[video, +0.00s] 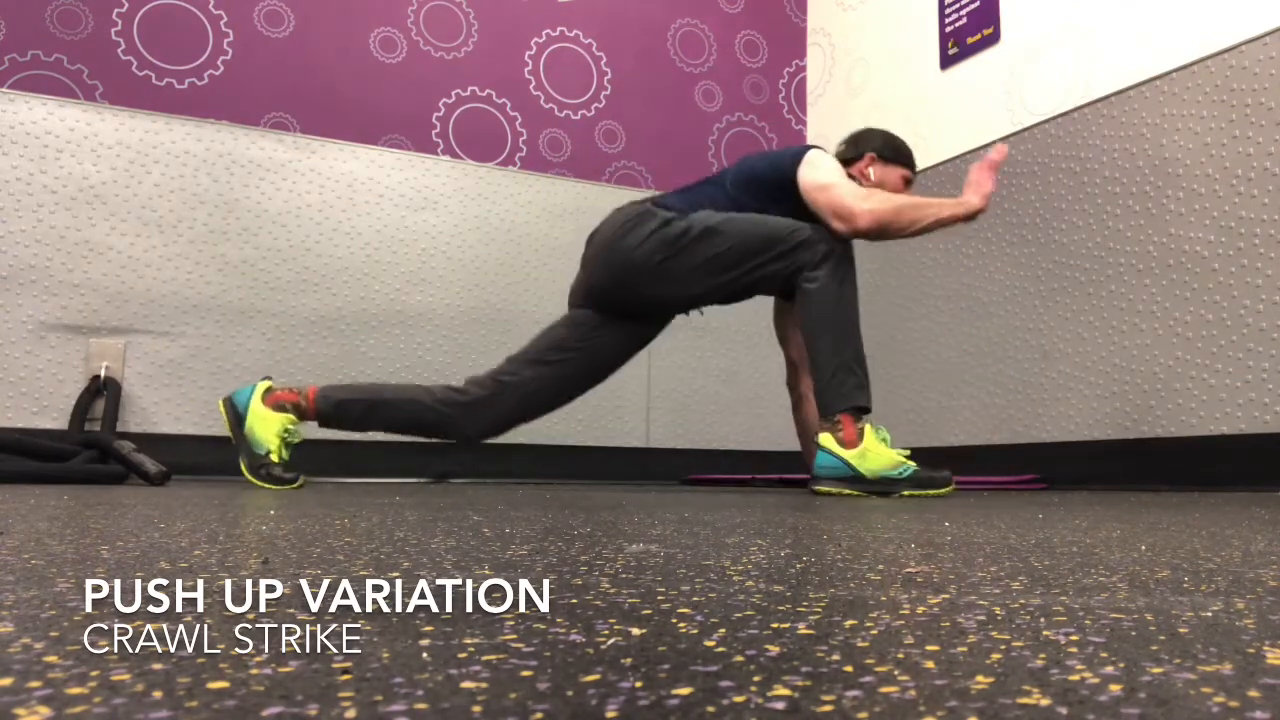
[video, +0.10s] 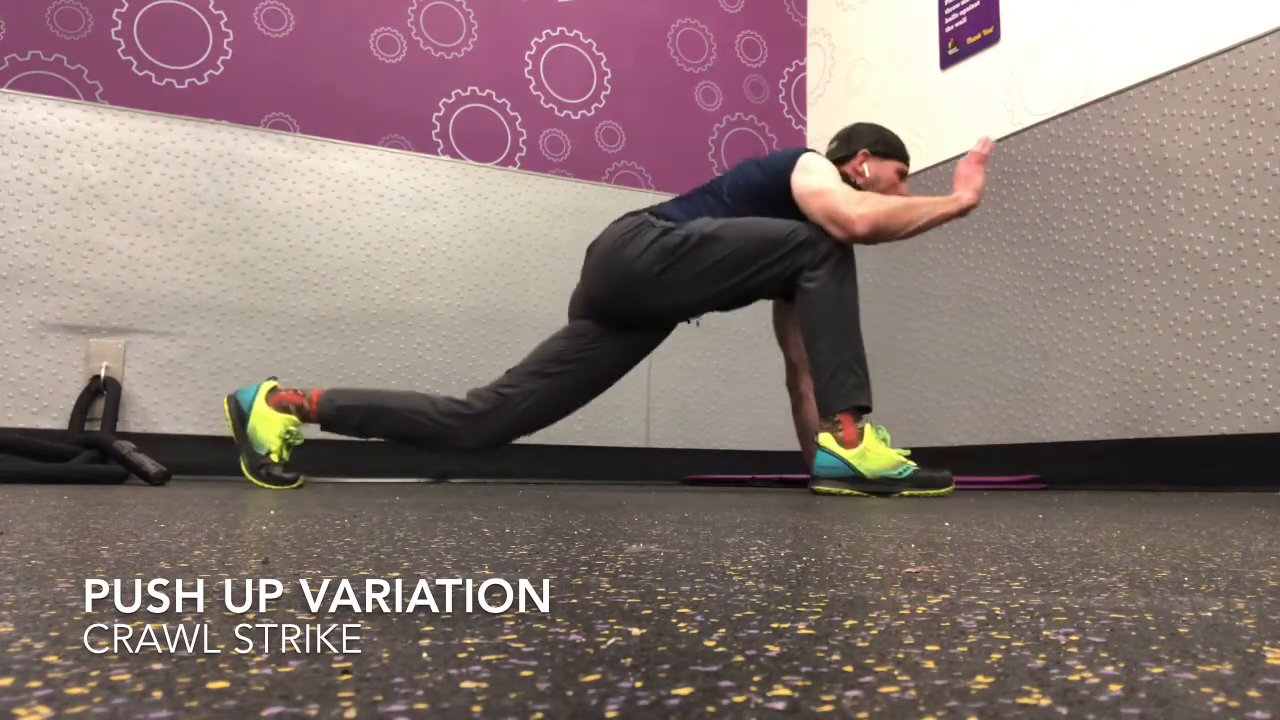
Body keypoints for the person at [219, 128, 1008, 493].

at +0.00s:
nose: (891, 200)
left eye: (901, 192)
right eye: (889, 183)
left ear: (874, 170)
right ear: (862, 162)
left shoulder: (794, 236)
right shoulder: (810, 159)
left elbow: (797, 346)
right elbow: (863, 217)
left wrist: (811, 444)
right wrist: (966, 204)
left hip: (632, 286)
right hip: (641, 242)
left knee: (475, 411)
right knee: (818, 246)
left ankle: (281, 406)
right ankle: (856, 443)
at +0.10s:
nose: (889, 197)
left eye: (898, 188)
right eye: (887, 180)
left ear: (866, 168)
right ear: (855, 160)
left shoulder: (799, 232)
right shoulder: (806, 164)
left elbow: (798, 352)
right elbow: (864, 223)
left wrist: (810, 449)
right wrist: (958, 200)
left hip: (633, 296)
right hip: (641, 250)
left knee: (481, 421)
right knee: (820, 245)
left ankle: (286, 406)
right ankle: (853, 439)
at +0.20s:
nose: (888, 198)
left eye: (895, 188)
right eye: (889, 182)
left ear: (858, 169)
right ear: (855, 161)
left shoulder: (797, 233)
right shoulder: (802, 166)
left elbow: (797, 349)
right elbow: (858, 226)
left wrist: (811, 449)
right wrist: (950, 200)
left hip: (633, 307)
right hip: (639, 254)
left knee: (478, 426)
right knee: (822, 243)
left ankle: (286, 406)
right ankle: (853, 438)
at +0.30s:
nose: (888, 191)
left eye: (893, 184)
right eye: (887, 178)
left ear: (856, 167)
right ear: (853, 160)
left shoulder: (797, 233)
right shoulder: (801, 165)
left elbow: (797, 347)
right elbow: (856, 224)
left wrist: (813, 451)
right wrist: (946, 196)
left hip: (635, 310)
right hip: (638, 257)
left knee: (476, 431)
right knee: (822, 243)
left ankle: (287, 405)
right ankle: (854, 438)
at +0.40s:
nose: (879, 194)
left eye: (888, 186)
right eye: (878, 178)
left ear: (865, 171)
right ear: (846, 159)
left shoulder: (797, 238)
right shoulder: (800, 164)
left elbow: (798, 351)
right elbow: (849, 219)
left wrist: (815, 455)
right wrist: (941, 194)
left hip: (633, 317)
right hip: (637, 260)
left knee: (479, 432)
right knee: (821, 244)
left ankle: (288, 406)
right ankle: (852, 440)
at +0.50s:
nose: (883, 195)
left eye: (890, 186)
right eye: (881, 180)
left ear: (862, 171)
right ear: (849, 162)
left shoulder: (798, 238)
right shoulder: (800, 166)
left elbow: (797, 352)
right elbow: (848, 221)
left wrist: (815, 455)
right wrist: (940, 195)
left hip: (636, 318)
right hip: (637, 261)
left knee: (476, 436)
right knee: (822, 244)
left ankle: (290, 407)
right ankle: (852, 440)